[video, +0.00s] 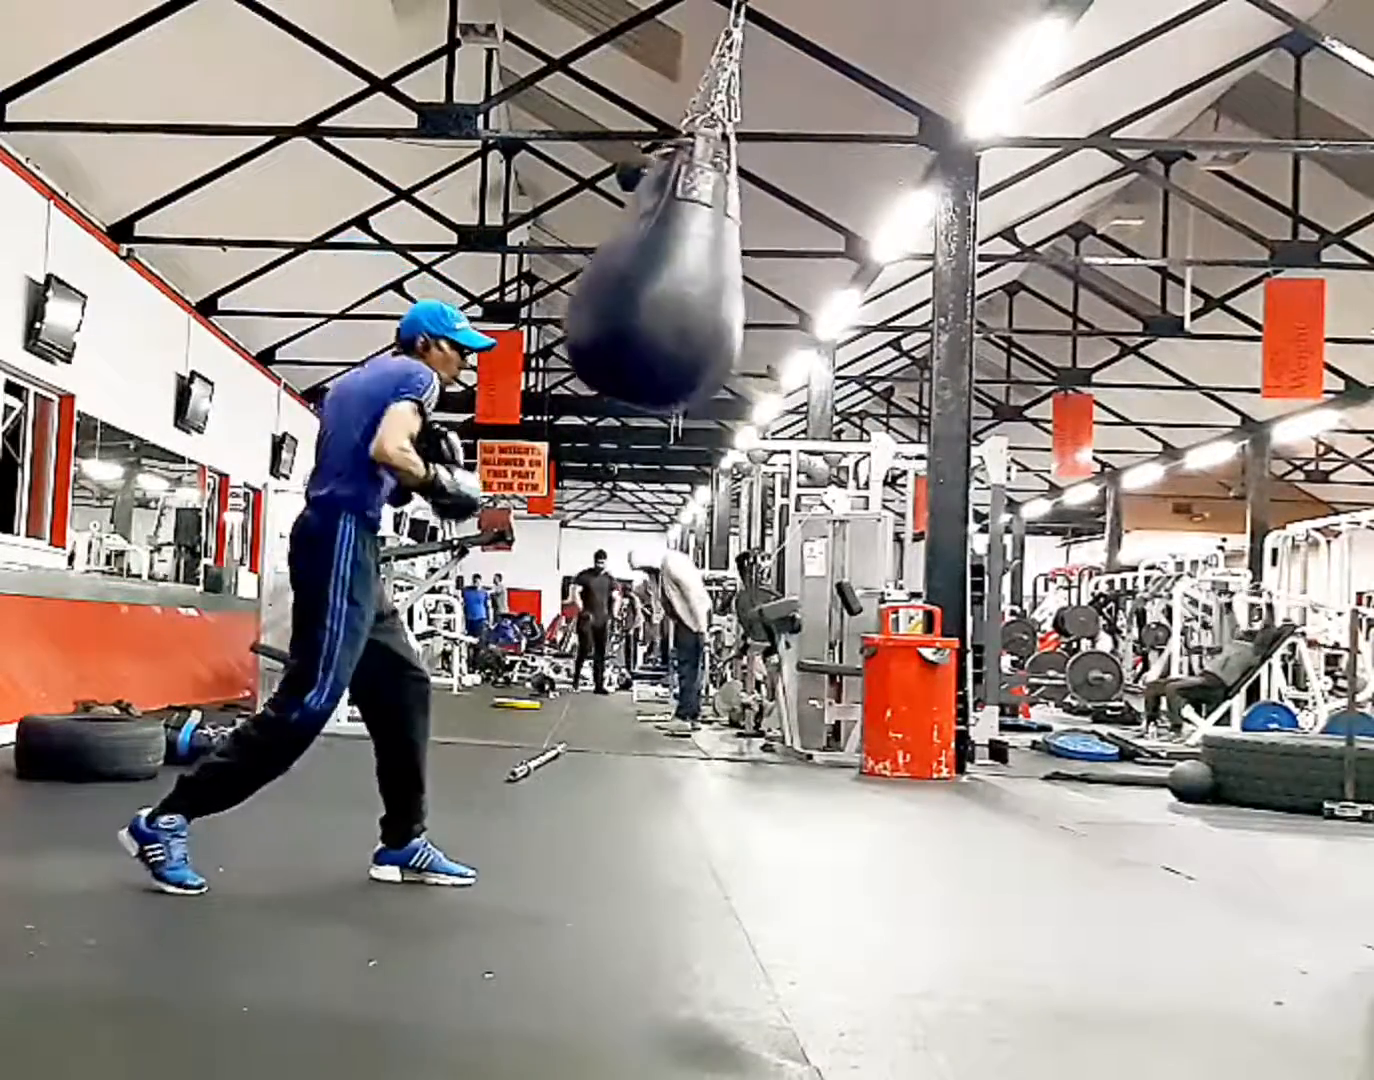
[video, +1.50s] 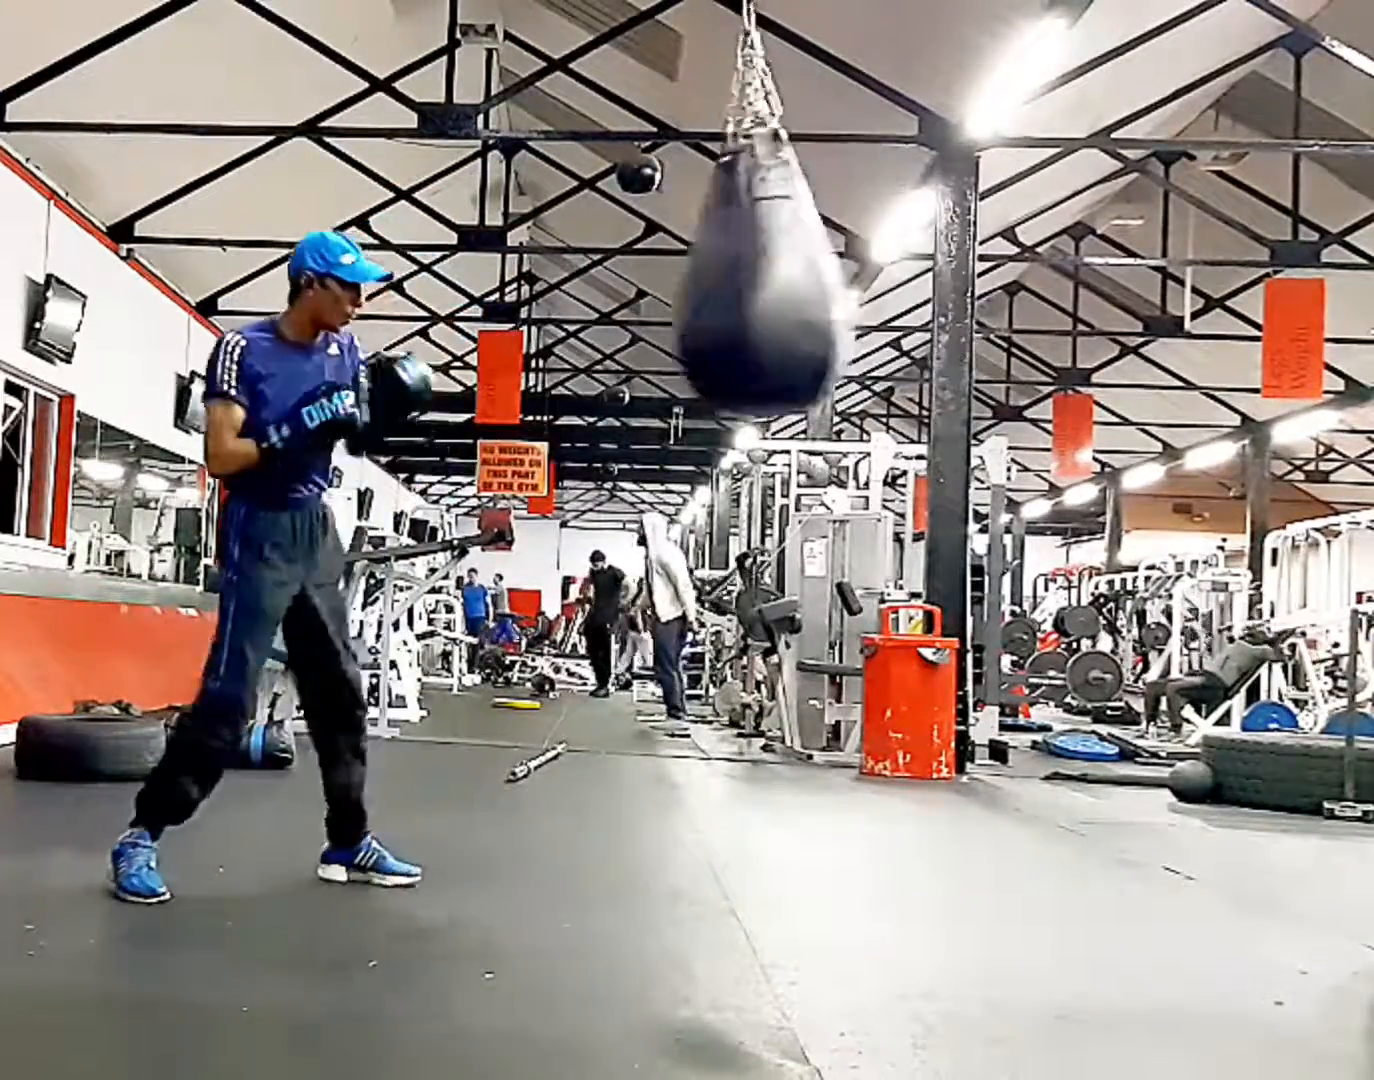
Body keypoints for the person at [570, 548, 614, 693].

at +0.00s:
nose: (600, 564)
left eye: (603, 562)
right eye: (598, 561)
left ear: (606, 562)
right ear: (594, 561)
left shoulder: (609, 579)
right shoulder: (584, 576)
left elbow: (617, 596)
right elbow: (574, 592)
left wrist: (614, 613)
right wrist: (580, 608)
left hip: (603, 617)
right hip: (587, 616)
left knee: (600, 653)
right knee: (585, 649)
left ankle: (599, 684)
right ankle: (576, 681)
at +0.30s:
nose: (602, 563)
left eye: (605, 560)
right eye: (600, 560)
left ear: (609, 561)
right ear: (597, 561)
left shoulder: (615, 578)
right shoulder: (588, 576)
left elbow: (622, 597)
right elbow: (580, 595)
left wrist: (619, 611)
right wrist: (588, 611)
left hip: (609, 616)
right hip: (594, 615)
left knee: (605, 649)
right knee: (596, 649)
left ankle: (601, 682)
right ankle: (595, 682)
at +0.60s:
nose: (599, 565)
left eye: (601, 562)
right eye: (596, 563)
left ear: (606, 562)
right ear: (593, 564)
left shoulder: (616, 578)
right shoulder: (588, 580)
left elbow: (624, 598)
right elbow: (581, 599)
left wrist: (621, 615)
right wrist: (585, 616)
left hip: (612, 618)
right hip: (595, 618)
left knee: (610, 651)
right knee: (599, 651)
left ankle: (603, 681)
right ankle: (599, 683)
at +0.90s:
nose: (597, 563)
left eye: (599, 560)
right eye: (594, 561)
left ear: (604, 559)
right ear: (591, 561)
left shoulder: (615, 575)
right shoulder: (586, 577)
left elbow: (625, 591)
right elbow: (580, 597)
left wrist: (623, 608)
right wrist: (586, 610)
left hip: (613, 618)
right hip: (595, 619)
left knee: (616, 652)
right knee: (597, 654)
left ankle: (616, 682)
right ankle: (599, 685)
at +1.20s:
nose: (596, 564)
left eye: (598, 562)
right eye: (593, 562)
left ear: (604, 561)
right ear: (590, 562)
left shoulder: (614, 573)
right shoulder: (588, 575)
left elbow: (629, 587)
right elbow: (580, 592)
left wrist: (623, 605)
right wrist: (583, 605)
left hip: (608, 617)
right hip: (592, 618)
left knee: (606, 652)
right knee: (594, 653)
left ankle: (606, 684)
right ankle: (599, 684)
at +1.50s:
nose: (596, 568)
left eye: (598, 564)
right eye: (594, 565)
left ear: (604, 562)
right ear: (591, 563)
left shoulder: (614, 574)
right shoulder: (594, 575)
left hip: (605, 619)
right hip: (593, 619)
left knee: (603, 653)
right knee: (594, 652)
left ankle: (603, 684)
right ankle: (600, 683)